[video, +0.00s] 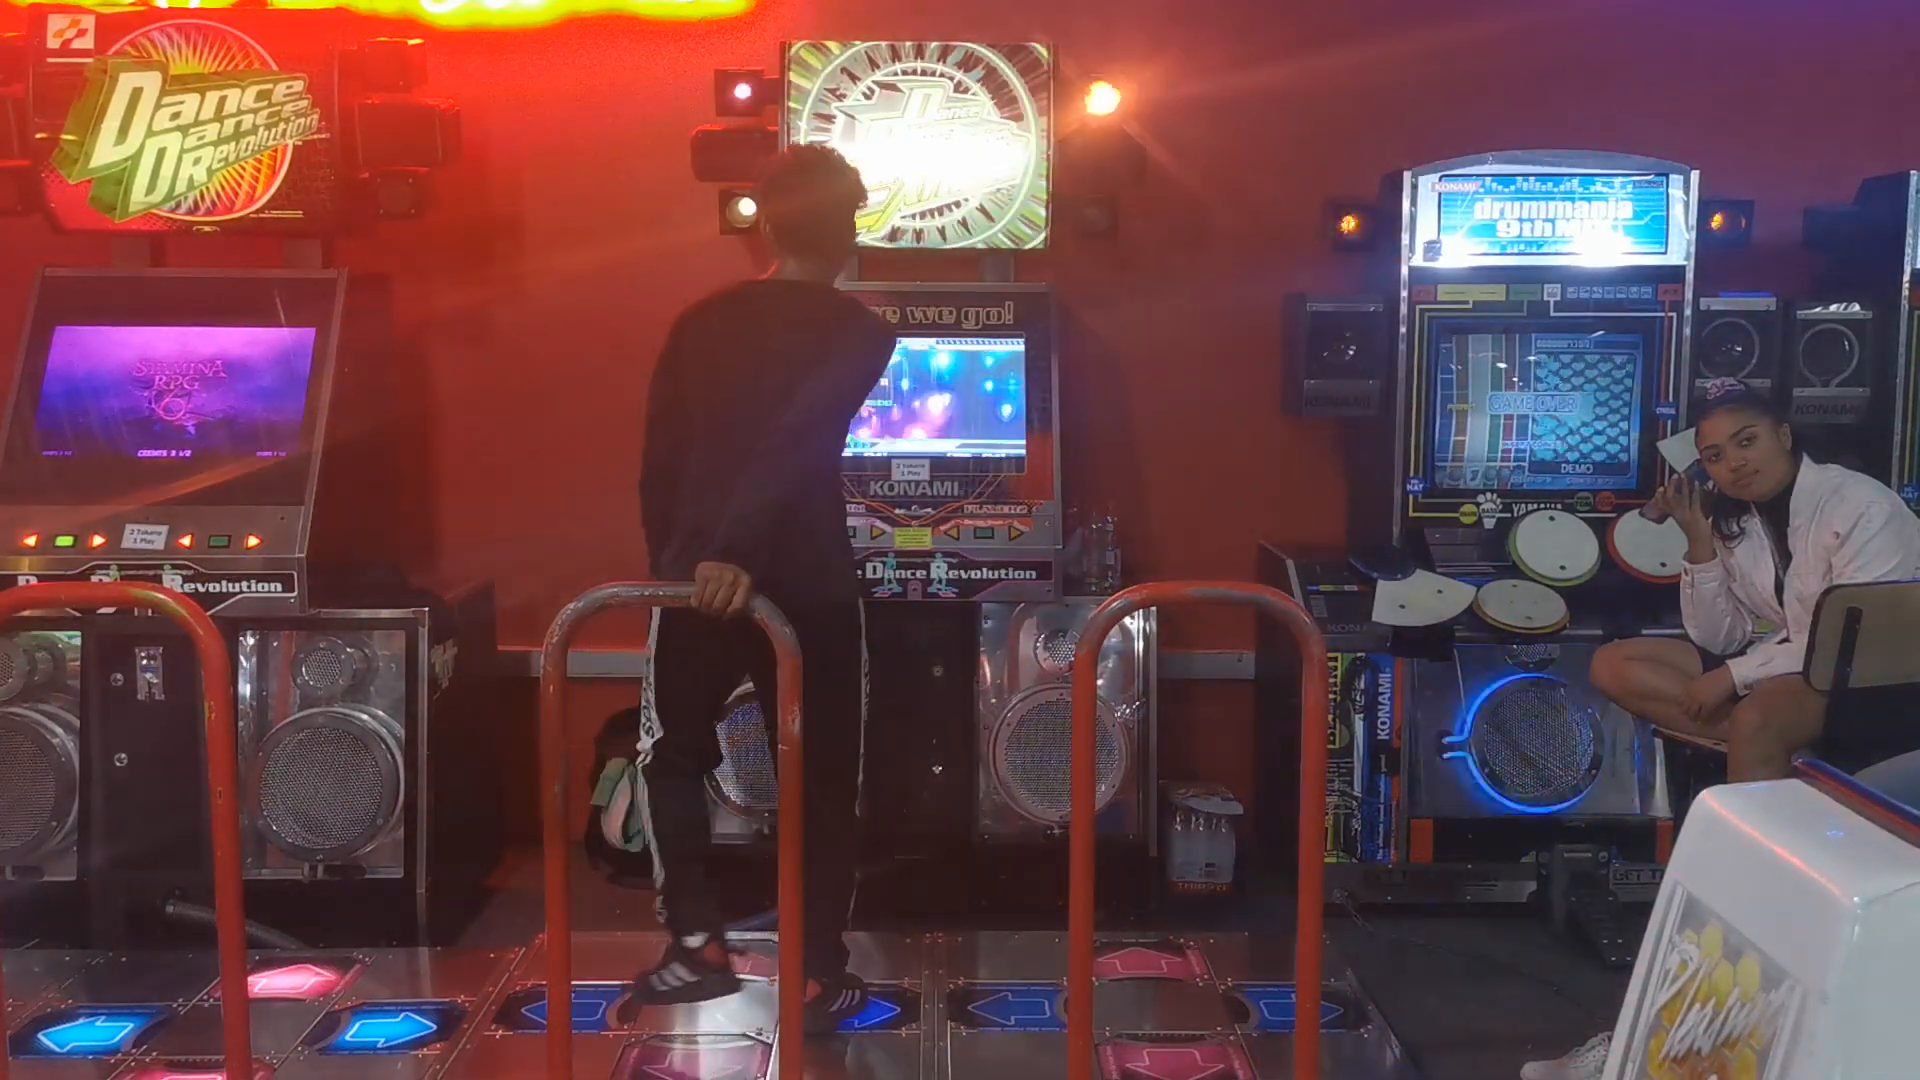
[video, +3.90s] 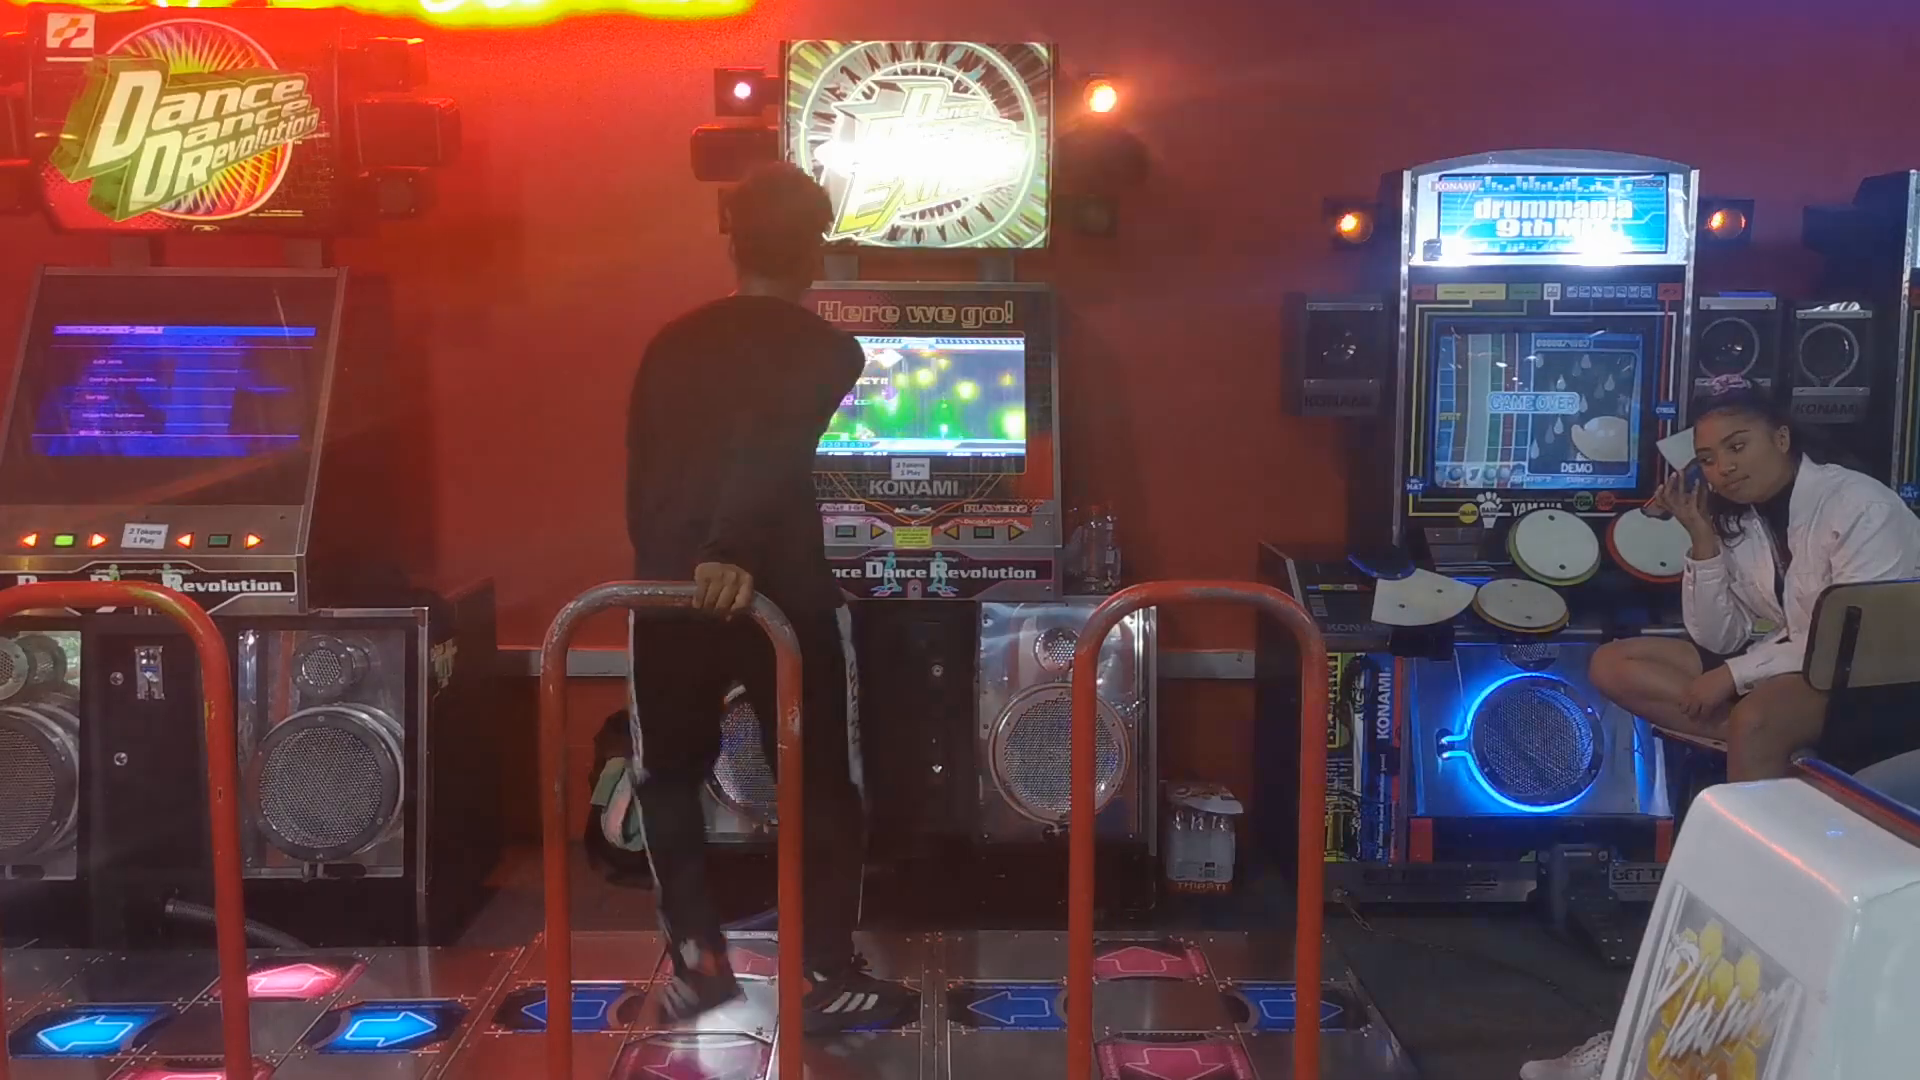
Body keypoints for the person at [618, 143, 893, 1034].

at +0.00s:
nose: (858, 237)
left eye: (846, 222)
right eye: (854, 224)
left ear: (770, 233)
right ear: (847, 234)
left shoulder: (702, 319)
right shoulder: (860, 325)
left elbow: (660, 459)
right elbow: (800, 434)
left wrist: (678, 568)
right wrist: (733, 545)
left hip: (695, 567)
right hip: (803, 560)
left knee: (676, 752)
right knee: (826, 764)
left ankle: (693, 949)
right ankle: (824, 974)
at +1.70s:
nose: (781, 260)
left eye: (760, 242)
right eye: (783, 245)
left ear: (710, 246)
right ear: (784, 247)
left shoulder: (637, 328)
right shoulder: (796, 331)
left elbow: (584, 455)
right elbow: (750, 431)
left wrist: (617, 535)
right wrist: (721, 542)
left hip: (593, 581)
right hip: (696, 584)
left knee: (595, 778)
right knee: (726, 763)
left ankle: (569, 977)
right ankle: (719, 947)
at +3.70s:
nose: (800, 260)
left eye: (789, 246)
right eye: (797, 248)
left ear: (721, 254)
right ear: (789, 254)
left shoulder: (657, 346)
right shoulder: (797, 339)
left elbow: (623, 488)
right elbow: (751, 440)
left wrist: (627, 594)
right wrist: (728, 548)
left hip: (651, 602)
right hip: (751, 592)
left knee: (648, 785)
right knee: (834, 760)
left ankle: (599, 977)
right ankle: (826, 956)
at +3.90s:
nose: (820, 256)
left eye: (813, 242)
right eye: (819, 243)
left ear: (734, 249)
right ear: (811, 249)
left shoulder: (672, 343)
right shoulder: (822, 344)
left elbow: (642, 480)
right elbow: (773, 438)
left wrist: (668, 568)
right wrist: (734, 544)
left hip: (674, 591)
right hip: (781, 587)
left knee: (670, 769)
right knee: (819, 773)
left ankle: (699, 963)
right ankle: (832, 973)